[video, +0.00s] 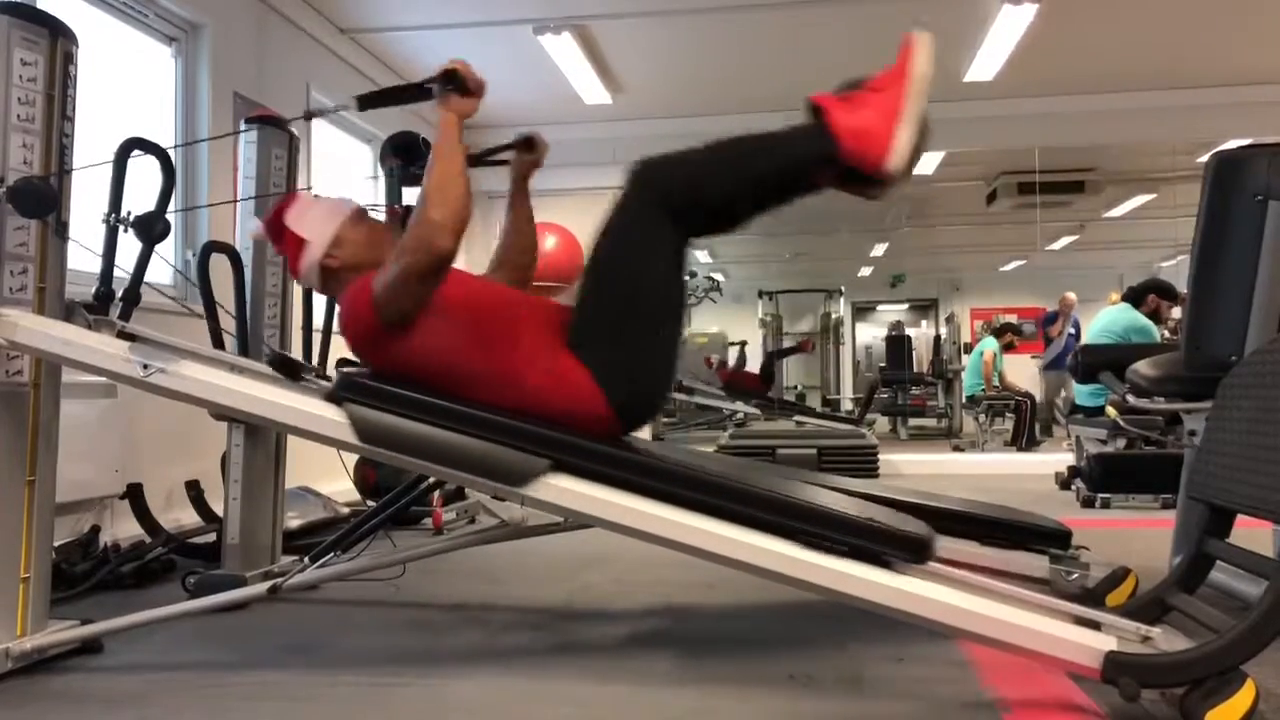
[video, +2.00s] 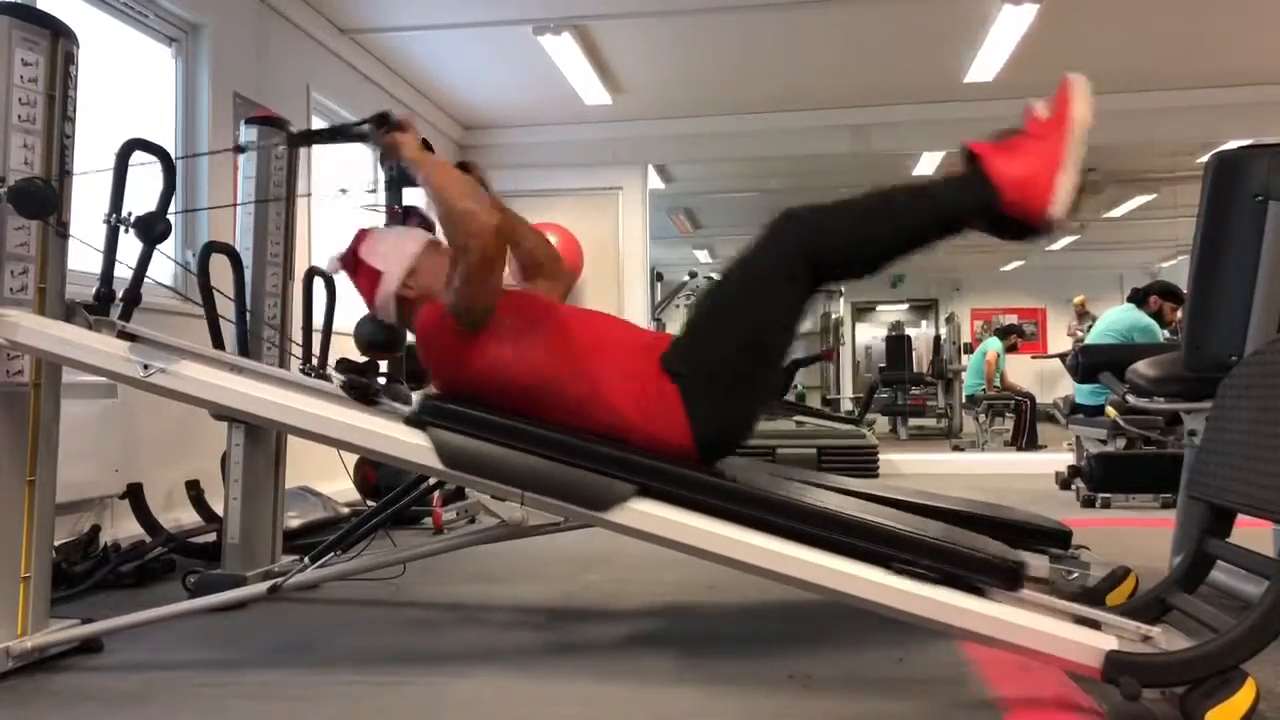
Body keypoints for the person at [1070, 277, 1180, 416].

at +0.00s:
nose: (1169, 315)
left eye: (1171, 309)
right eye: (1169, 308)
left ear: (1151, 301)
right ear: (1152, 301)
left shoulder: (1109, 311)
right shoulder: (1143, 325)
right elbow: (1156, 372)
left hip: (1083, 397)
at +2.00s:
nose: (1175, 319)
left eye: (1177, 312)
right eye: (1173, 310)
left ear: (1153, 302)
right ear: (1154, 302)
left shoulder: (1116, 312)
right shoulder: (1146, 325)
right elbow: (1160, 370)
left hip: (1083, 397)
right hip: (1102, 401)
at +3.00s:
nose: (1175, 318)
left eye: (1176, 311)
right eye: (1173, 309)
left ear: (1153, 302)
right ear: (1155, 302)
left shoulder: (1118, 311)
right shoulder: (1146, 325)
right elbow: (1160, 371)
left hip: (1084, 397)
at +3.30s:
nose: (1174, 318)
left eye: (1176, 311)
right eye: (1173, 310)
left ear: (1153, 303)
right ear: (1154, 303)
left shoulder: (1116, 312)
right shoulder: (1145, 325)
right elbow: (1161, 369)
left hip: (1083, 397)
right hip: (1103, 401)